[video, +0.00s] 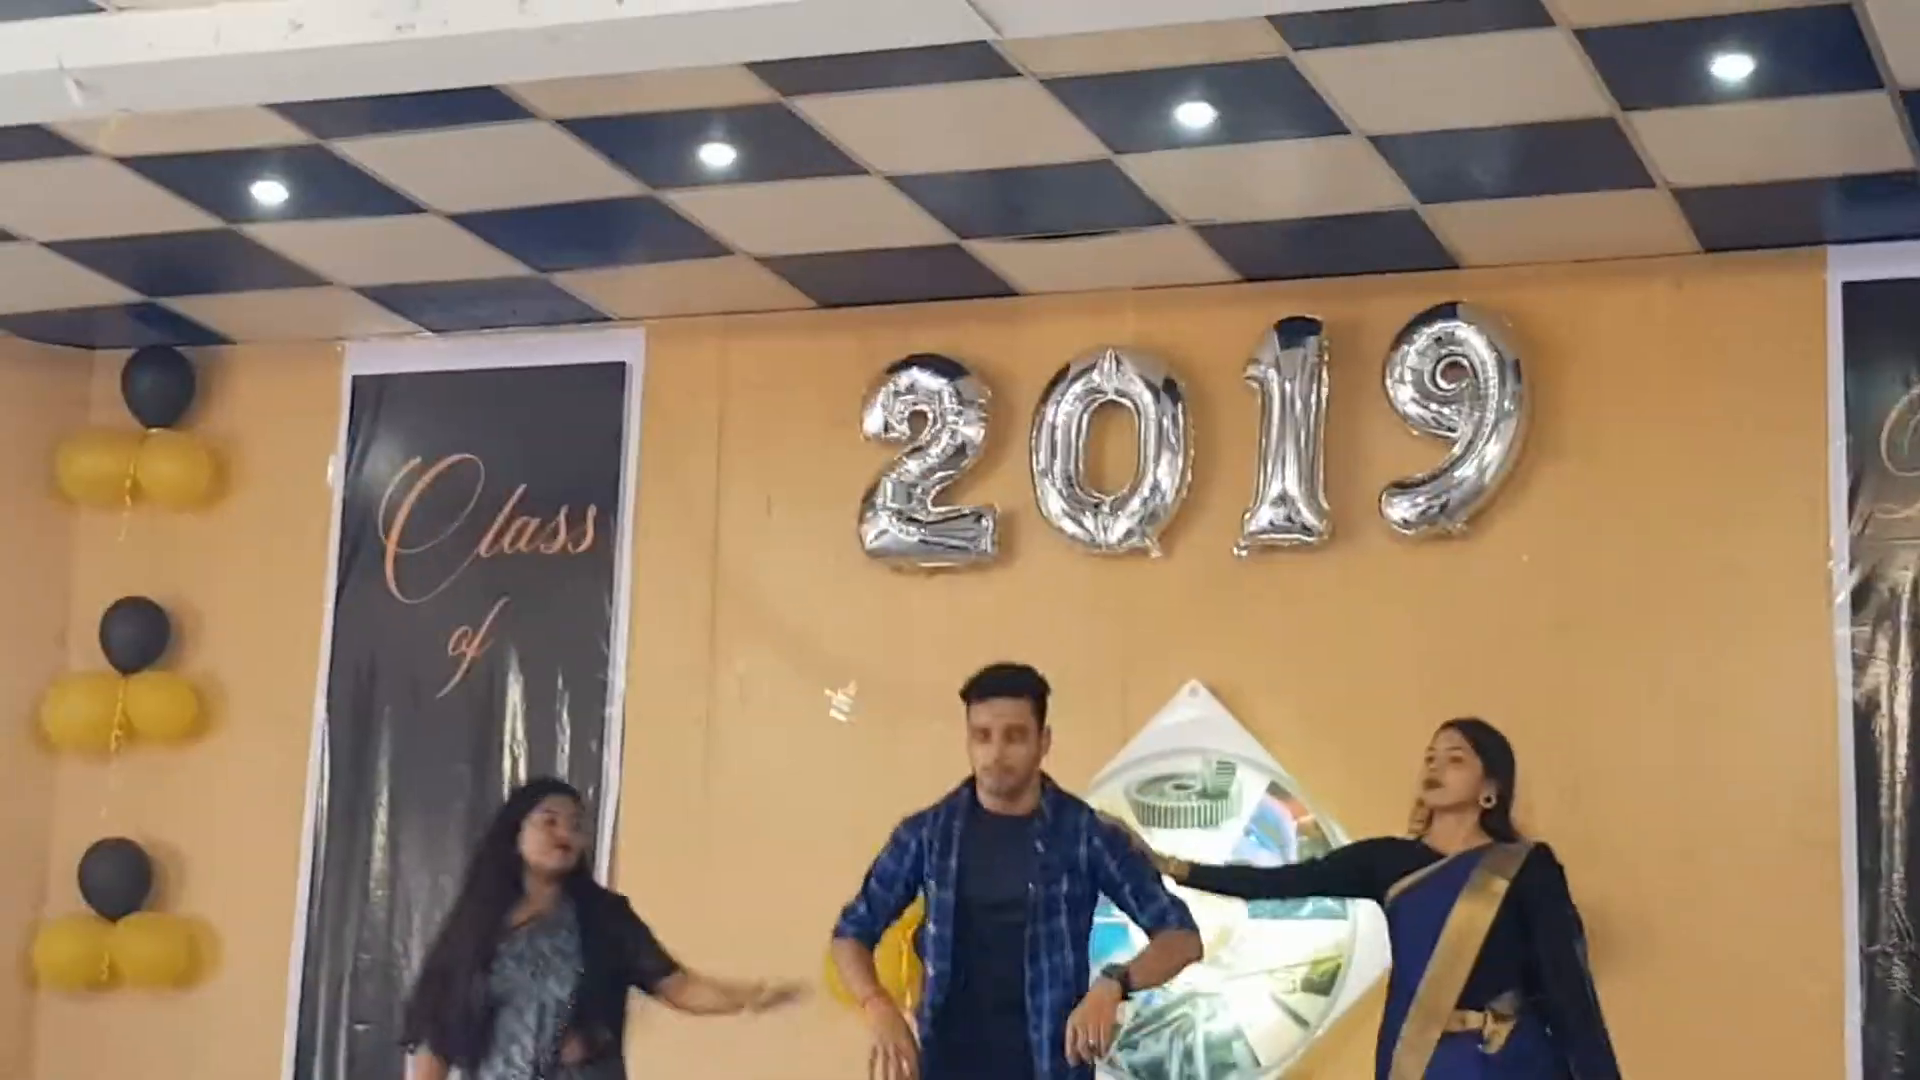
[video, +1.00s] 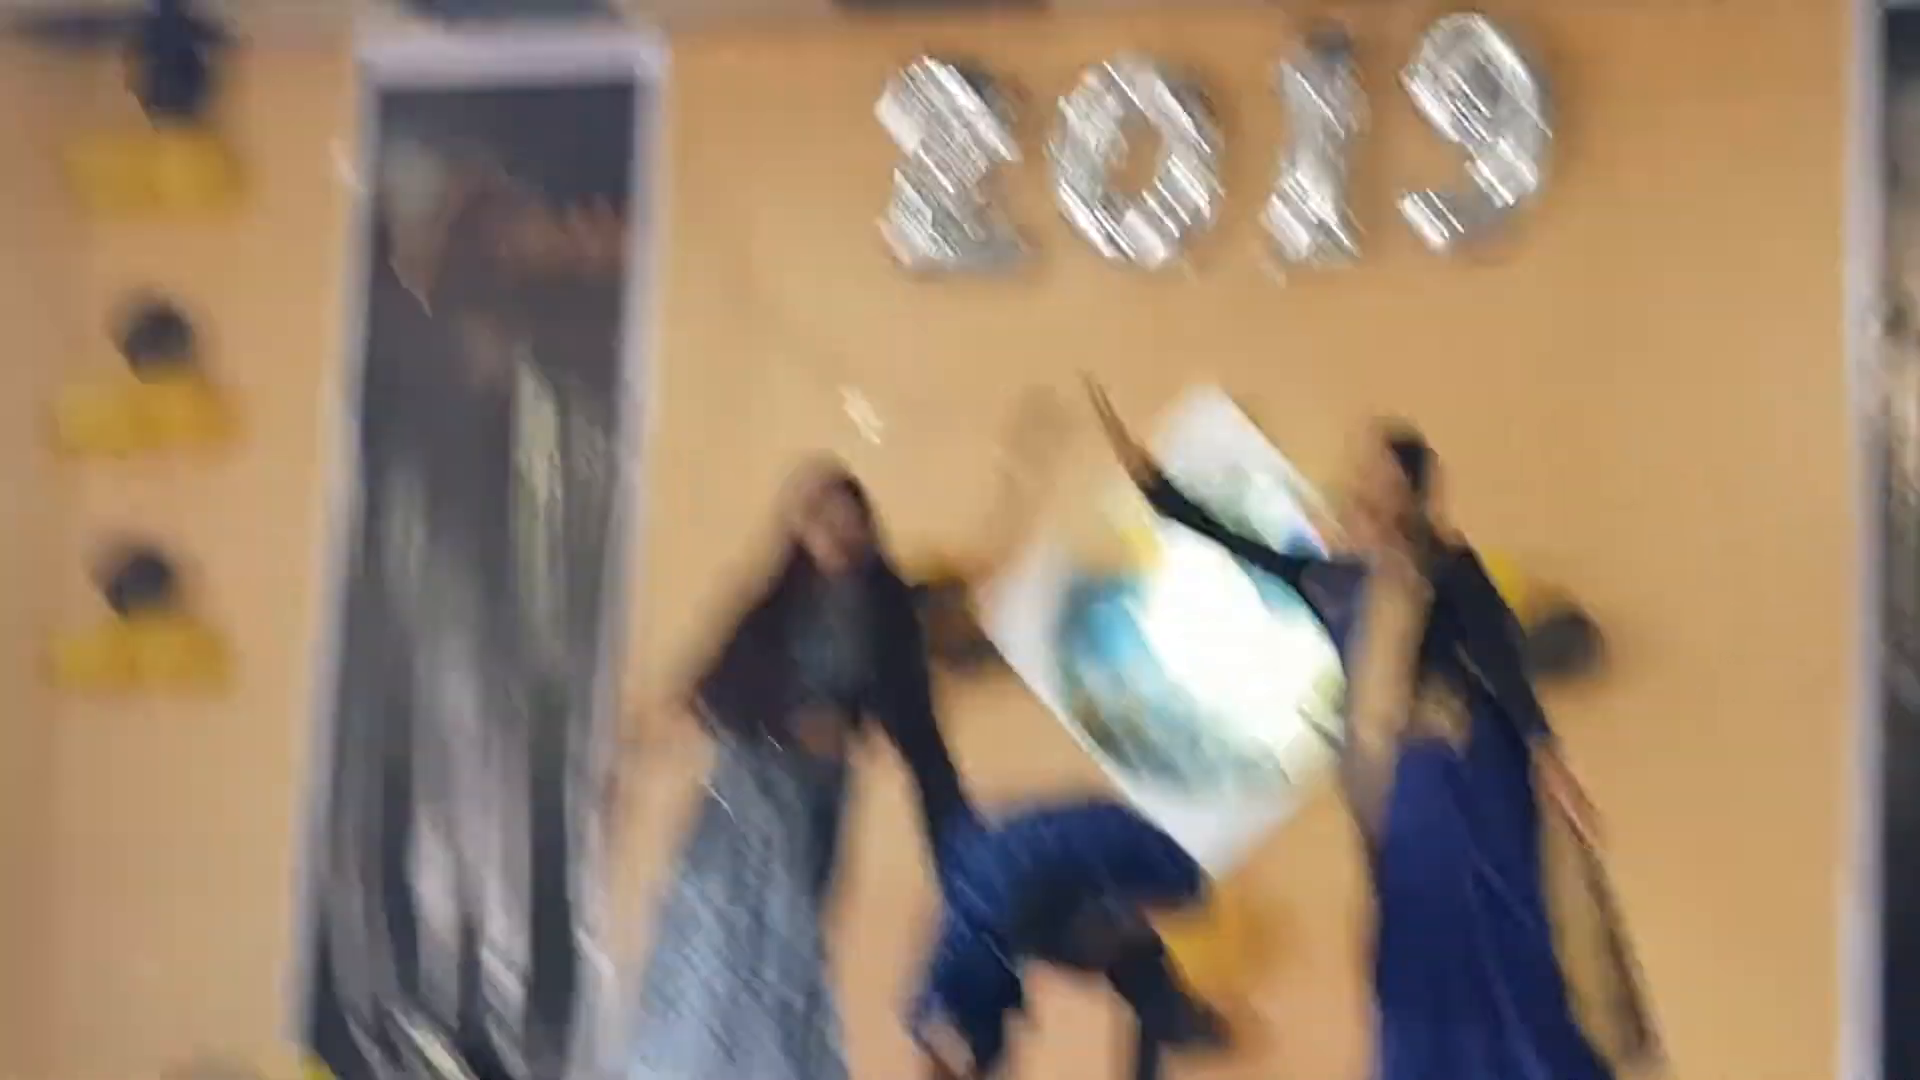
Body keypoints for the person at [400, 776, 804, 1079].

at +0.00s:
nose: (565, 833)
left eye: (576, 825)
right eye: (549, 820)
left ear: (585, 842)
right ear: (515, 832)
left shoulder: (606, 915)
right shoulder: (474, 920)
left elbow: (677, 987)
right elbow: (432, 1042)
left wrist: (749, 996)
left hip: (584, 1069)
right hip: (489, 1069)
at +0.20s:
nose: (693, 884)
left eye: (700, 874)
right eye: (675, 873)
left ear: (710, 888)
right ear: (639, 890)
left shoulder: (727, 966)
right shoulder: (594, 973)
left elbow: (817, 998)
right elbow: (541, 1062)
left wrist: (880, 957)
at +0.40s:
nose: (811, 875)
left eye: (817, 864)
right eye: (794, 863)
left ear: (824, 875)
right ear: (755, 875)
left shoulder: (846, 956)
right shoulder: (714, 960)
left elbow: (911, 1032)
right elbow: (673, 1058)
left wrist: (950, 1039)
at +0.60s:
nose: (865, 864)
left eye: (870, 854)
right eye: (848, 852)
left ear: (876, 867)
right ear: (809, 863)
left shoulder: (897, 949)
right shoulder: (762, 947)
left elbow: (989, 1007)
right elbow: (716, 1050)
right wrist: (701, 1070)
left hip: (863, 1072)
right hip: (766, 1071)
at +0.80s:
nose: (886, 798)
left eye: (891, 786)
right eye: (869, 788)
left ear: (900, 799)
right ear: (835, 803)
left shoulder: (925, 882)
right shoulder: (792, 888)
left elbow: (1027, 883)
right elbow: (729, 983)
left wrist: (1108, 822)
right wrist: (672, 1053)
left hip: (870, 1067)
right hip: (774, 1065)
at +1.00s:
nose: (836, 535)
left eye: (846, 519)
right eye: (820, 522)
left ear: (865, 521)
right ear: (799, 530)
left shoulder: (885, 599)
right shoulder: (784, 595)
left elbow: (913, 722)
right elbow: (717, 689)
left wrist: (953, 834)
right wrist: (785, 719)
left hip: (820, 776)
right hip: (752, 768)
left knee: (784, 924)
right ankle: (765, 1058)